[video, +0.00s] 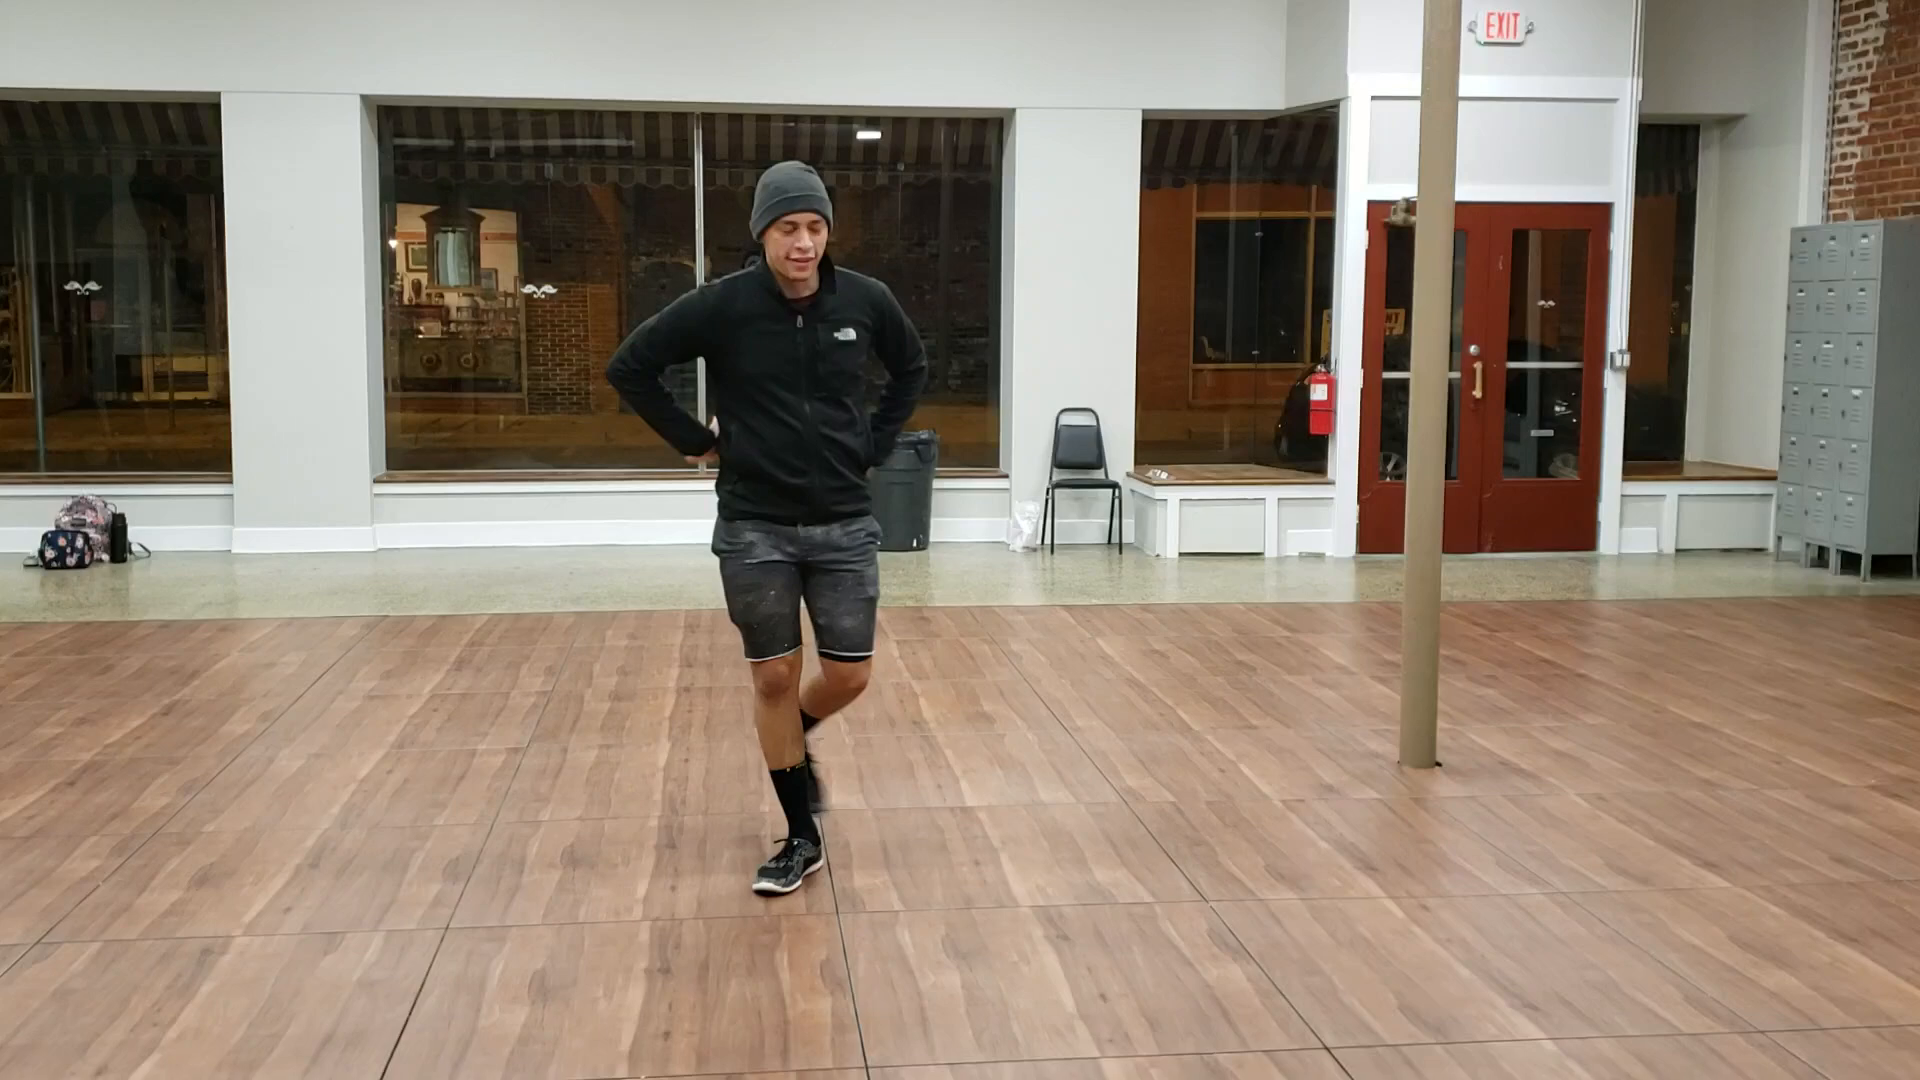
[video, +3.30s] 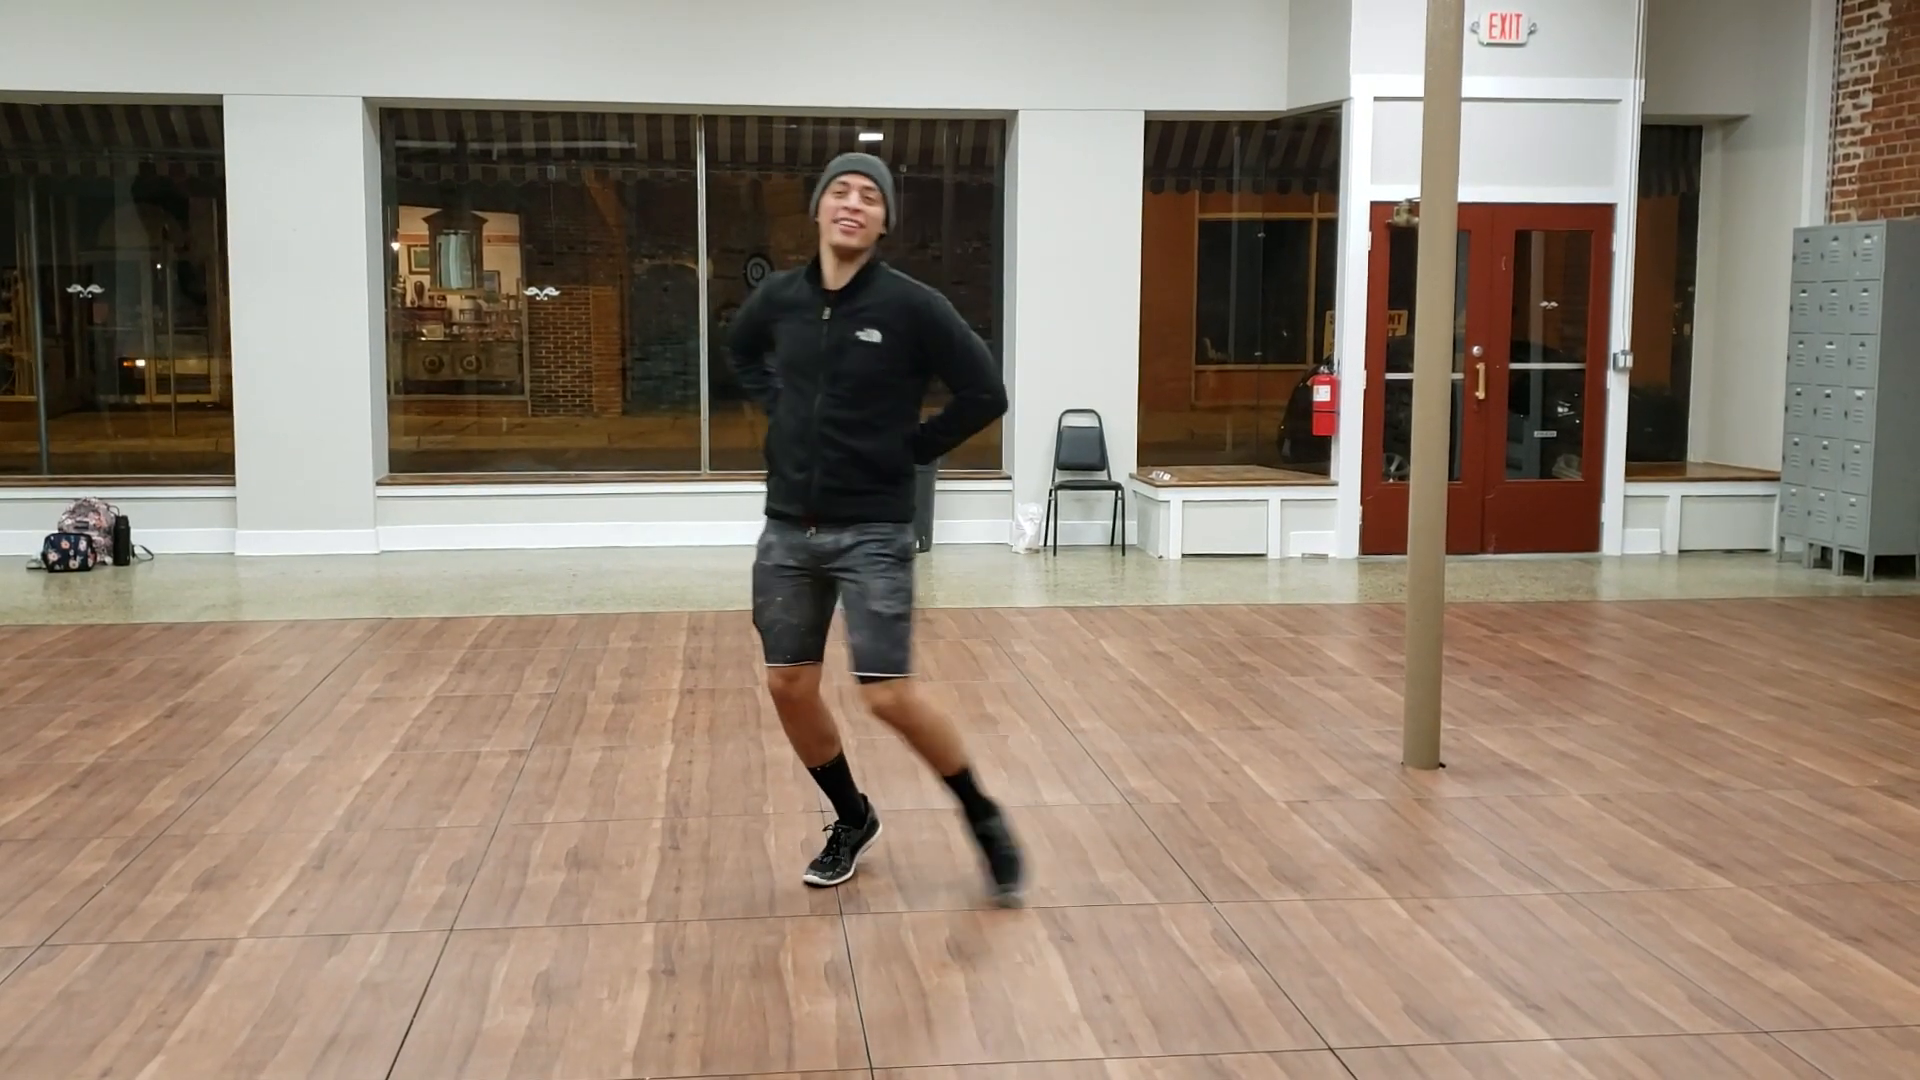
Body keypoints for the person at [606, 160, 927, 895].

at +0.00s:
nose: (802, 241)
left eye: (813, 226)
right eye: (787, 227)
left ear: (830, 233)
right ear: (760, 235)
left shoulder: (868, 301)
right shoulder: (719, 305)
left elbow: (912, 371)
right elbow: (628, 369)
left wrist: (866, 450)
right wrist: (696, 441)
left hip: (843, 520)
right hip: (754, 522)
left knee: (849, 674)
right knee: (775, 680)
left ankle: (792, 724)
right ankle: (802, 836)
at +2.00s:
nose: (853, 249)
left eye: (860, 239)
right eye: (840, 235)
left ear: (860, 248)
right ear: (800, 237)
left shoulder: (866, 311)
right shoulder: (740, 311)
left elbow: (881, 374)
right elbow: (651, 365)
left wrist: (837, 422)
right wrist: (719, 429)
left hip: (821, 522)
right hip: (744, 522)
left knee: (772, 664)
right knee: (785, 675)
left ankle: (703, 773)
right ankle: (824, 834)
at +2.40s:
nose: (863, 252)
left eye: (872, 239)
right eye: (851, 236)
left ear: (877, 241)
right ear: (811, 232)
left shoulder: (895, 300)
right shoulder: (754, 308)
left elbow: (939, 373)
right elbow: (684, 376)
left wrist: (881, 427)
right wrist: (759, 433)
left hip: (866, 525)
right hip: (781, 524)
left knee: (856, 681)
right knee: (799, 678)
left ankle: (773, 753)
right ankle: (823, 838)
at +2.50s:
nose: (867, 245)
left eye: (876, 232)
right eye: (855, 229)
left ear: (880, 237)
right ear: (814, 224)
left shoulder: (902, 297)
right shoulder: (754, 305)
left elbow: (959, 375)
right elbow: (701, 373)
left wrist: (895, 427)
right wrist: (769, 430)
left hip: (881, 523)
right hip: (789, 524)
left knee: (900, 672)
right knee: (804, 676)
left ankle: (851, 774)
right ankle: (822, 837)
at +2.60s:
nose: (872, 241)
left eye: (883, 229)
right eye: (861, 225)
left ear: (890, 234)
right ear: (824, 220)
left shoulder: (915, 297)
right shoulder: (764, 304)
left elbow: (978, 375)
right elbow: (720, 369)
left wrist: (914, 432)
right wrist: (780, 421)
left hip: (898, 523)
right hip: (802, 525)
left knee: (937, 676)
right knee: (811, 680)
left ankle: (947, 808)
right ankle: (824, 838)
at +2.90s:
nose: (918, 249)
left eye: (933, 236)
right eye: (906, 232)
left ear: (946, 247)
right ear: (878, 235)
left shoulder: (974, 320)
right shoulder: (839, 318)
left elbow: (1050, 406)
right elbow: (827, 382)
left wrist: (981, 458)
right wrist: (871, 433)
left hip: (953, 543)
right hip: (858, 538)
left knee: (1002, 695)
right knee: (819, 688)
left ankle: (1065, 841)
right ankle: (834, 826)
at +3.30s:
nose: (852, 205)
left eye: (868, 198)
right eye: (841, 192)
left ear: (884, 222)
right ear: (816, 210)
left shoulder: (912, 305)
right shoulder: (777, 297)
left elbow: (986, 397)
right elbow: (738, 350)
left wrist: (906, 448)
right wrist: (782, 408)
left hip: (874, 529)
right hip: (788, 527)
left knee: (885, 691)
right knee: (787, 680)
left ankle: (983, 817)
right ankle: (851, 817)